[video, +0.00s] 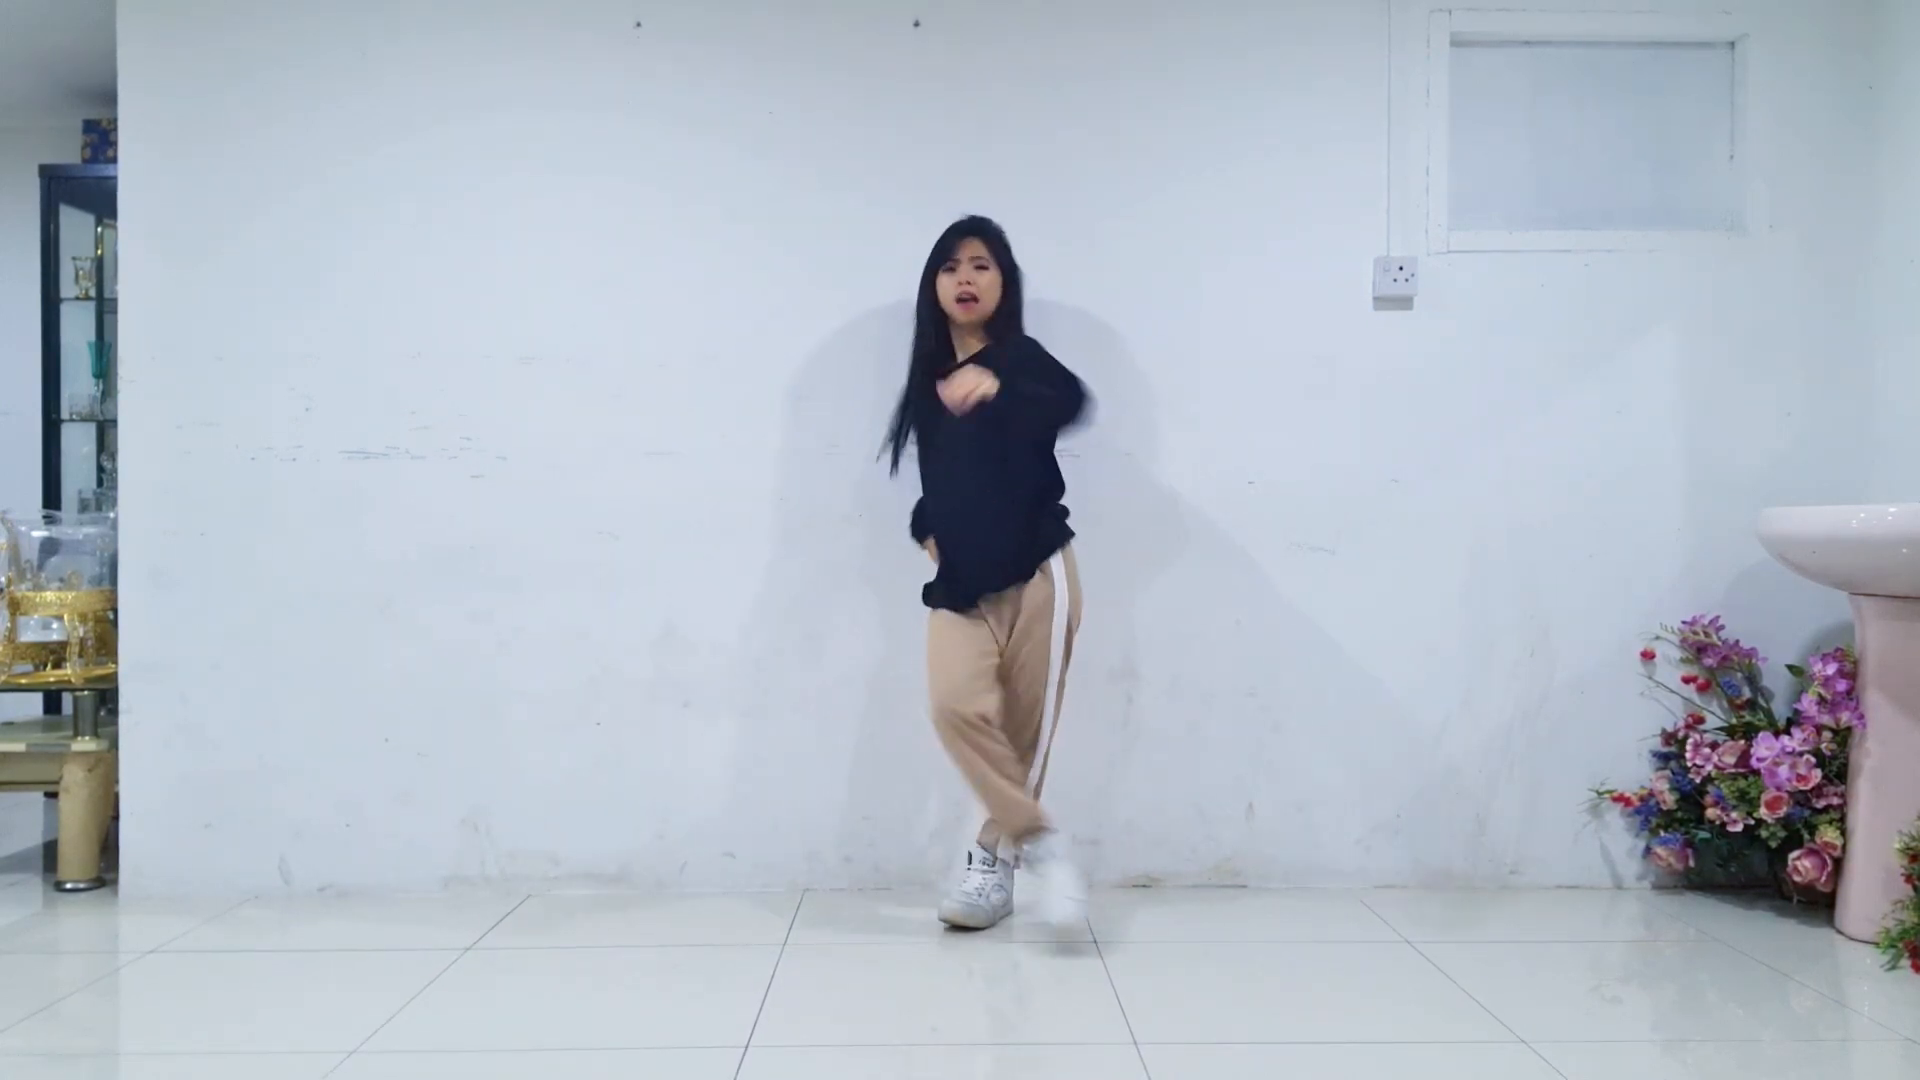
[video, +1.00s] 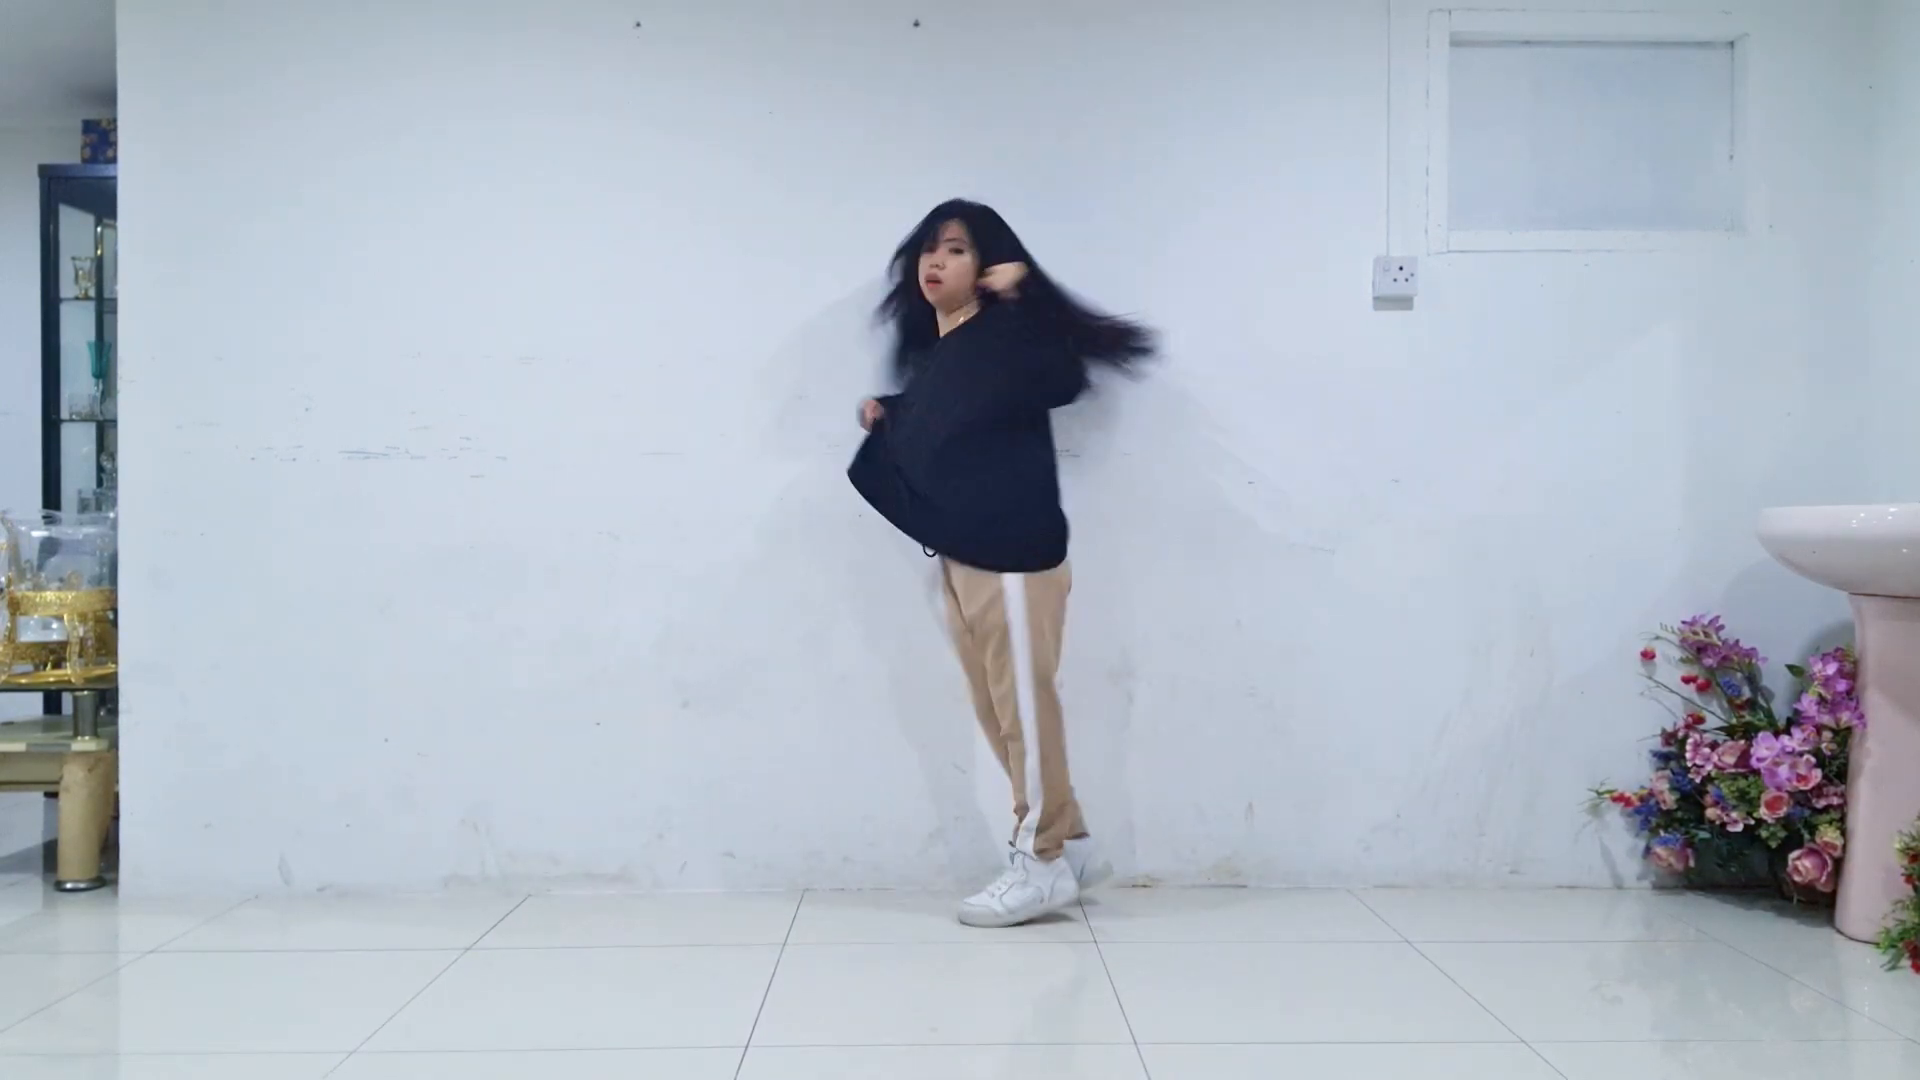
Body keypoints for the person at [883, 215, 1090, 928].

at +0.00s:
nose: (965, 279)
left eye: (981, 267)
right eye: (951, 267)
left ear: (1005, 282)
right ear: (932, 283)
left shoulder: (1025, 359)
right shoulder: (930, 378)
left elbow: (1072, 403)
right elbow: (939, 469)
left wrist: (999, 385)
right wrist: (927, 527)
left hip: (1037, 567)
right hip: (961, 572)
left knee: (1020, 717)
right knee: (956, 708)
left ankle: (994, 860)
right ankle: (1041, 845)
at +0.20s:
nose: (975, 288)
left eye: (990, 273)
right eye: (960, 274)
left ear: (1015, 289)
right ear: (942, 291)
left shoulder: (1033, 360)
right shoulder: (946, 383)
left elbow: (1048, 370)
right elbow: (950, 469)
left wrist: (1041, 355)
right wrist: (939, 516)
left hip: (1050, 571)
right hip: (971, 582)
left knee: (1042, 727)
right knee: (1022, 730)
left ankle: (999, 857)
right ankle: (1087, 876)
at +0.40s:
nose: (1044, 268)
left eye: (1037, 254)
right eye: (1031, 256)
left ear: (998, 276)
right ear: (997, 274)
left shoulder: (1024, 358)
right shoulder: (955, 371)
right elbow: (926, 451)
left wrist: (1073, 378)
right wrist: (996, 491)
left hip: (1063, 554)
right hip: (997, 561)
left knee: (1015, 715)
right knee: (1045, 716)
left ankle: (963, 854)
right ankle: (1093, 873)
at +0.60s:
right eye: (1035, 278)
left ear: (963, 287)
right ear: (1035, 283)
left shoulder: (939, 362)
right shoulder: (1067, 350)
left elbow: (878, 417)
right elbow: (1135, 405)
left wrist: (949, 414)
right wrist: (1086, 460)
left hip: (941, 562)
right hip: (1025, 558)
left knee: (947, 723)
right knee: (1066, 720)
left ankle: (956, 884)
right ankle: (1103, 877)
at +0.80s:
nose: (932, 269)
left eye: (944, 257)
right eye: (937, 255)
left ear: (978, 275)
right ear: (1000, 279)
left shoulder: (965, 347)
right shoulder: (1032, 350)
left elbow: (950, 387)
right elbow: (1076, 410)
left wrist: (910, 336)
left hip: (980, 561)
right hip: (1035, 545)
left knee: (995, 718)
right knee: (1046, 713)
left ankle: (1019, 883)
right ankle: (1080, 875)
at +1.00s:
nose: (933, 260)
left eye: (954, 249)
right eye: (928, 248)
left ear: (988, 268)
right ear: (916, 263)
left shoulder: (1012, 331)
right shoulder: (929, 353)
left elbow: (1065, 382)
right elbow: (939, 426)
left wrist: (1023, 298)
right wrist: (888, 417)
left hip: (1021, 551)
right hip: (960, 556)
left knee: (1025, 704)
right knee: (996, 710)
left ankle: (1046, 862)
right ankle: (1057, 842)